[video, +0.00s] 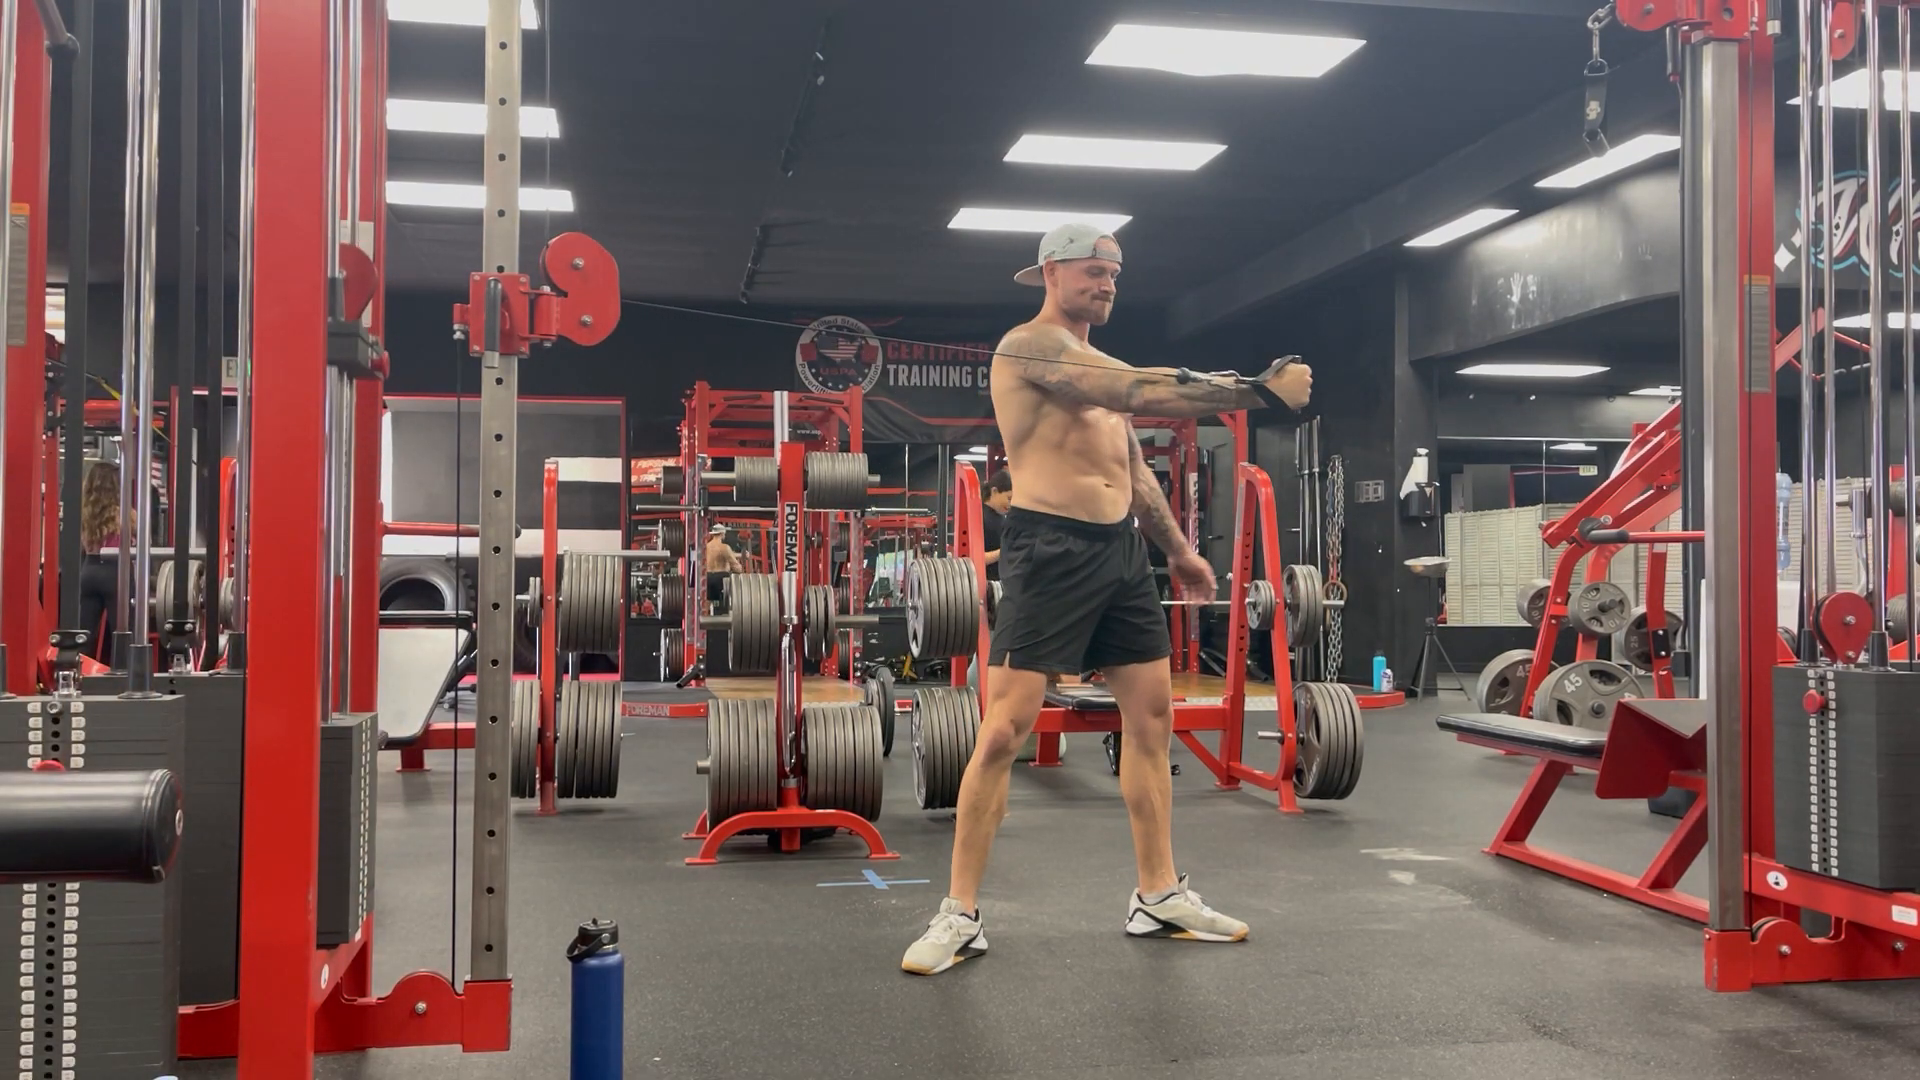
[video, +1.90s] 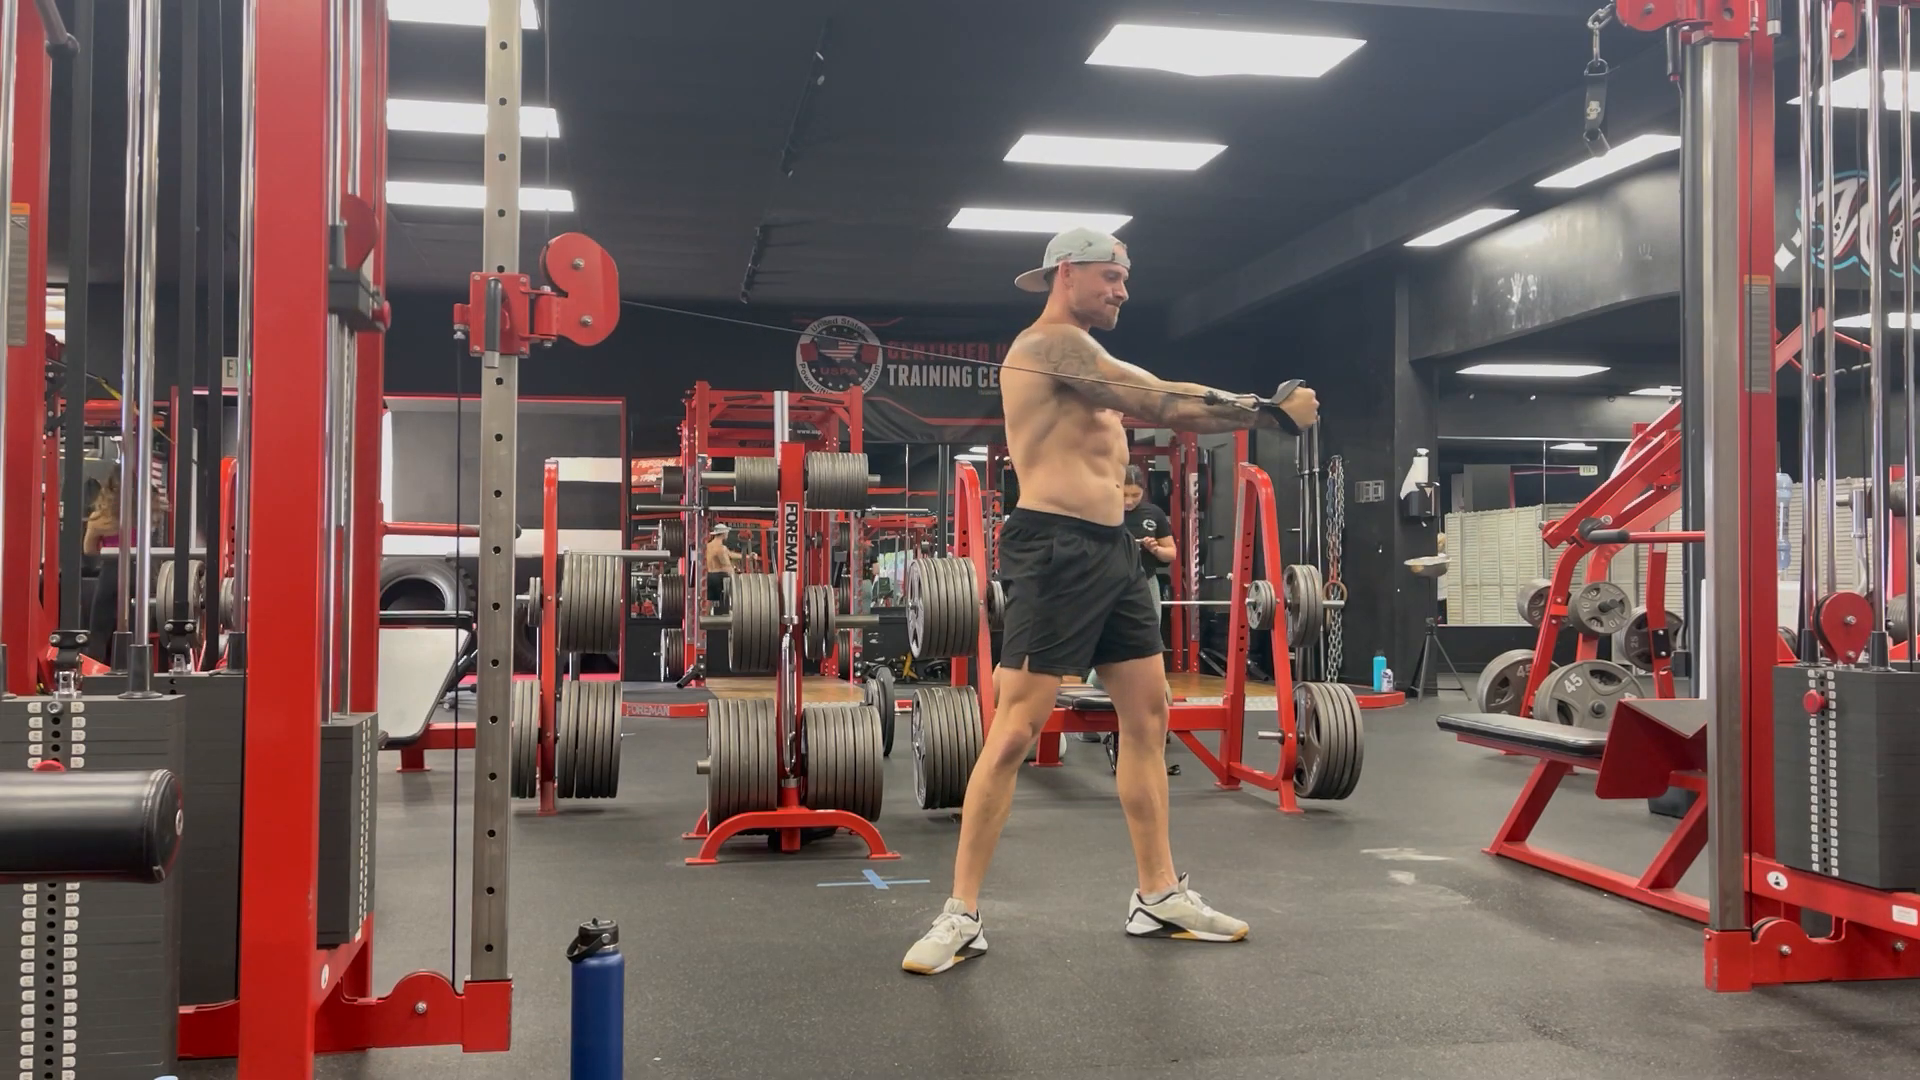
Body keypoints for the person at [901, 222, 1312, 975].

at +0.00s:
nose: (1105, 279)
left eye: (1112, 271)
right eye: (1090, 266)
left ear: (1112, 286)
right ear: (1047, 276)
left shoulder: (1110, 371)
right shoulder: (1026, 345)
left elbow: (1135, 474)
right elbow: (1129, 388)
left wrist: (1180, 549)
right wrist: (1255, 390)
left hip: (1124, 554)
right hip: (1047, 551)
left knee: (1152, 720)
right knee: (1002, 733)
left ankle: (1158, 894)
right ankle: (960, 910)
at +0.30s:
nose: (1087, 279)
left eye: (1097, 269)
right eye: (1072, 266)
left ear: (1107, 283)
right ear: (1039, 278)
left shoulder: (1127, 370)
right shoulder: (1009, 347)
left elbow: (1173, 471)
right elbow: (1068, 388)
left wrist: (1232, 548)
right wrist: (1180, 382)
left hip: (1126, 555)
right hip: (1043, 551)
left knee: (1155, 718)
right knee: (992, 732)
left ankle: (1158, 895)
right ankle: (959, 910)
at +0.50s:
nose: (1073, 280)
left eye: (1085, 269)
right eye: (1060, 268)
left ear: (1104, 283)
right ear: (1036, 279)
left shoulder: (1126, 361)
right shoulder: (1002, 346)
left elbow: (1192, 468)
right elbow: (1021, 394)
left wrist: (1259, 546)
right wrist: (1112, 376)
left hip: (1124, 552)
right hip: (1039, 550)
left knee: (1156, 718)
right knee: (988, 725)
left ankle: (1158, 894)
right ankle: (960, 910)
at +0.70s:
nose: (1054, 278)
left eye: (1069, 267)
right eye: (1043, 267)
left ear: (1097, 283)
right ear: (1027, 282)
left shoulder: (1140, 367)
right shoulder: (1003, 347)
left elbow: (1210, 465)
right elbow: (969, 390)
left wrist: (1281, 540)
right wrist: (998, 371)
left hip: (1121, 549)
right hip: (1032, 549)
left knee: (1156, 720)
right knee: (981, 725)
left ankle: (1159, 895)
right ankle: (959, 910)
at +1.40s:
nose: (1086, 278)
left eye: (1097, 268)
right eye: (1071, 265)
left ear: (1108, 284)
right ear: (1040, 279)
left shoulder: (1122, 372)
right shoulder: (1004, 346)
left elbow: (1175, 472)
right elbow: (1029, 391)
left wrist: (1233, 551)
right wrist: (1114, 374)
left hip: (1118, 552)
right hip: (1037, 548)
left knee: (1157, 715)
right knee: (988, 728)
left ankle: (1159, 894)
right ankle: (957, 910)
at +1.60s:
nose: (1107, 283)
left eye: (1114, 274)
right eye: (1092, 269)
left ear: (1116, 287)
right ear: (1050, 277)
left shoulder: (1115, 377)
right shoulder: (1020, 346)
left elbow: (1135, 476)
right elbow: (1092, 389)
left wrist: (1179, 556)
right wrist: (1220, 389)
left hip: (1115, 555)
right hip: (1039, 550)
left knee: (1151, 717)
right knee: (999, 733)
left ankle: (1158, 894)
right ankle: (959, 910)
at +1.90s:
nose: (1122, 287)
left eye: (1125, 277)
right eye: (1109, 273)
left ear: (1099, 286)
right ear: (1063, 277)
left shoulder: (1094, 361)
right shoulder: (1049, 343)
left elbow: (1088, 481)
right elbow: (1155, 398)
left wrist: (1139, 534)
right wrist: (1264, 408)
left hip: (1115, 556)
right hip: (1053, 549)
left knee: (1147, 718)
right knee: (1014, 733)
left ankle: (1159, 894)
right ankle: (961, 910)